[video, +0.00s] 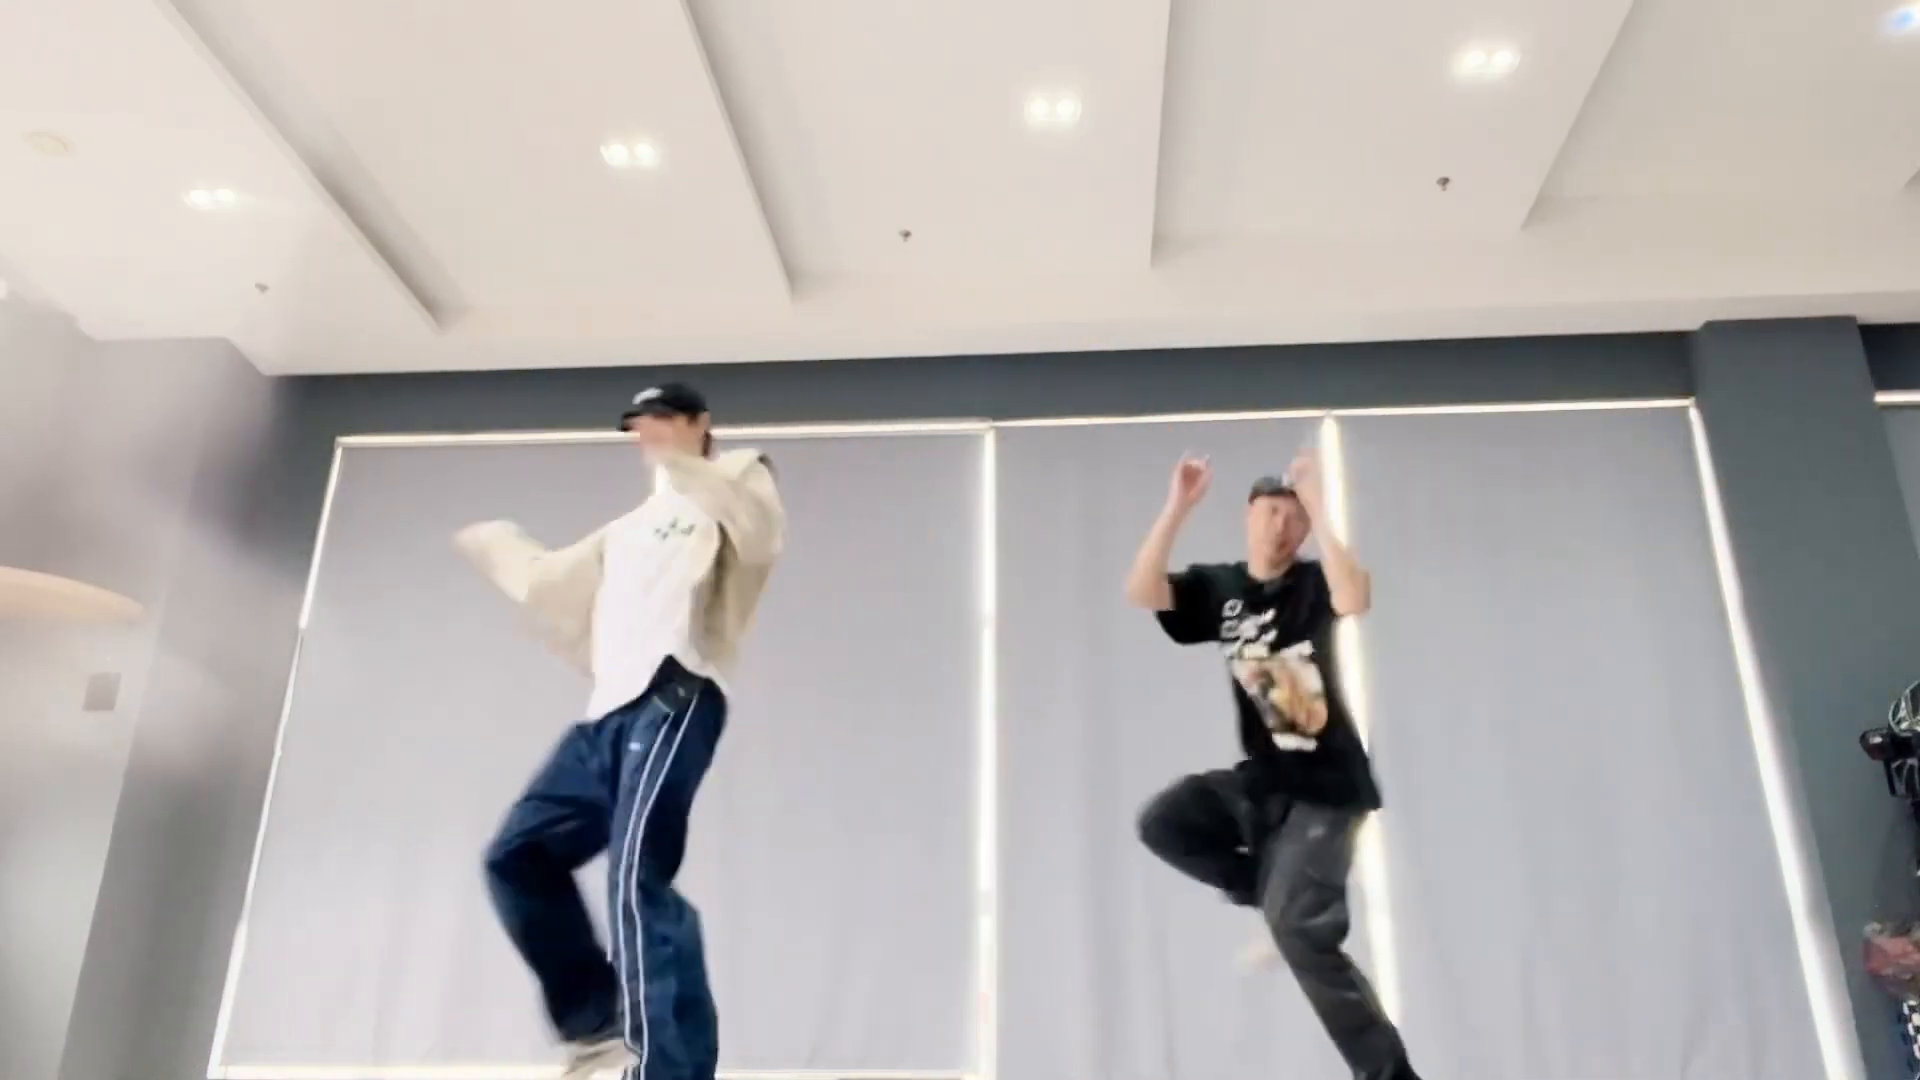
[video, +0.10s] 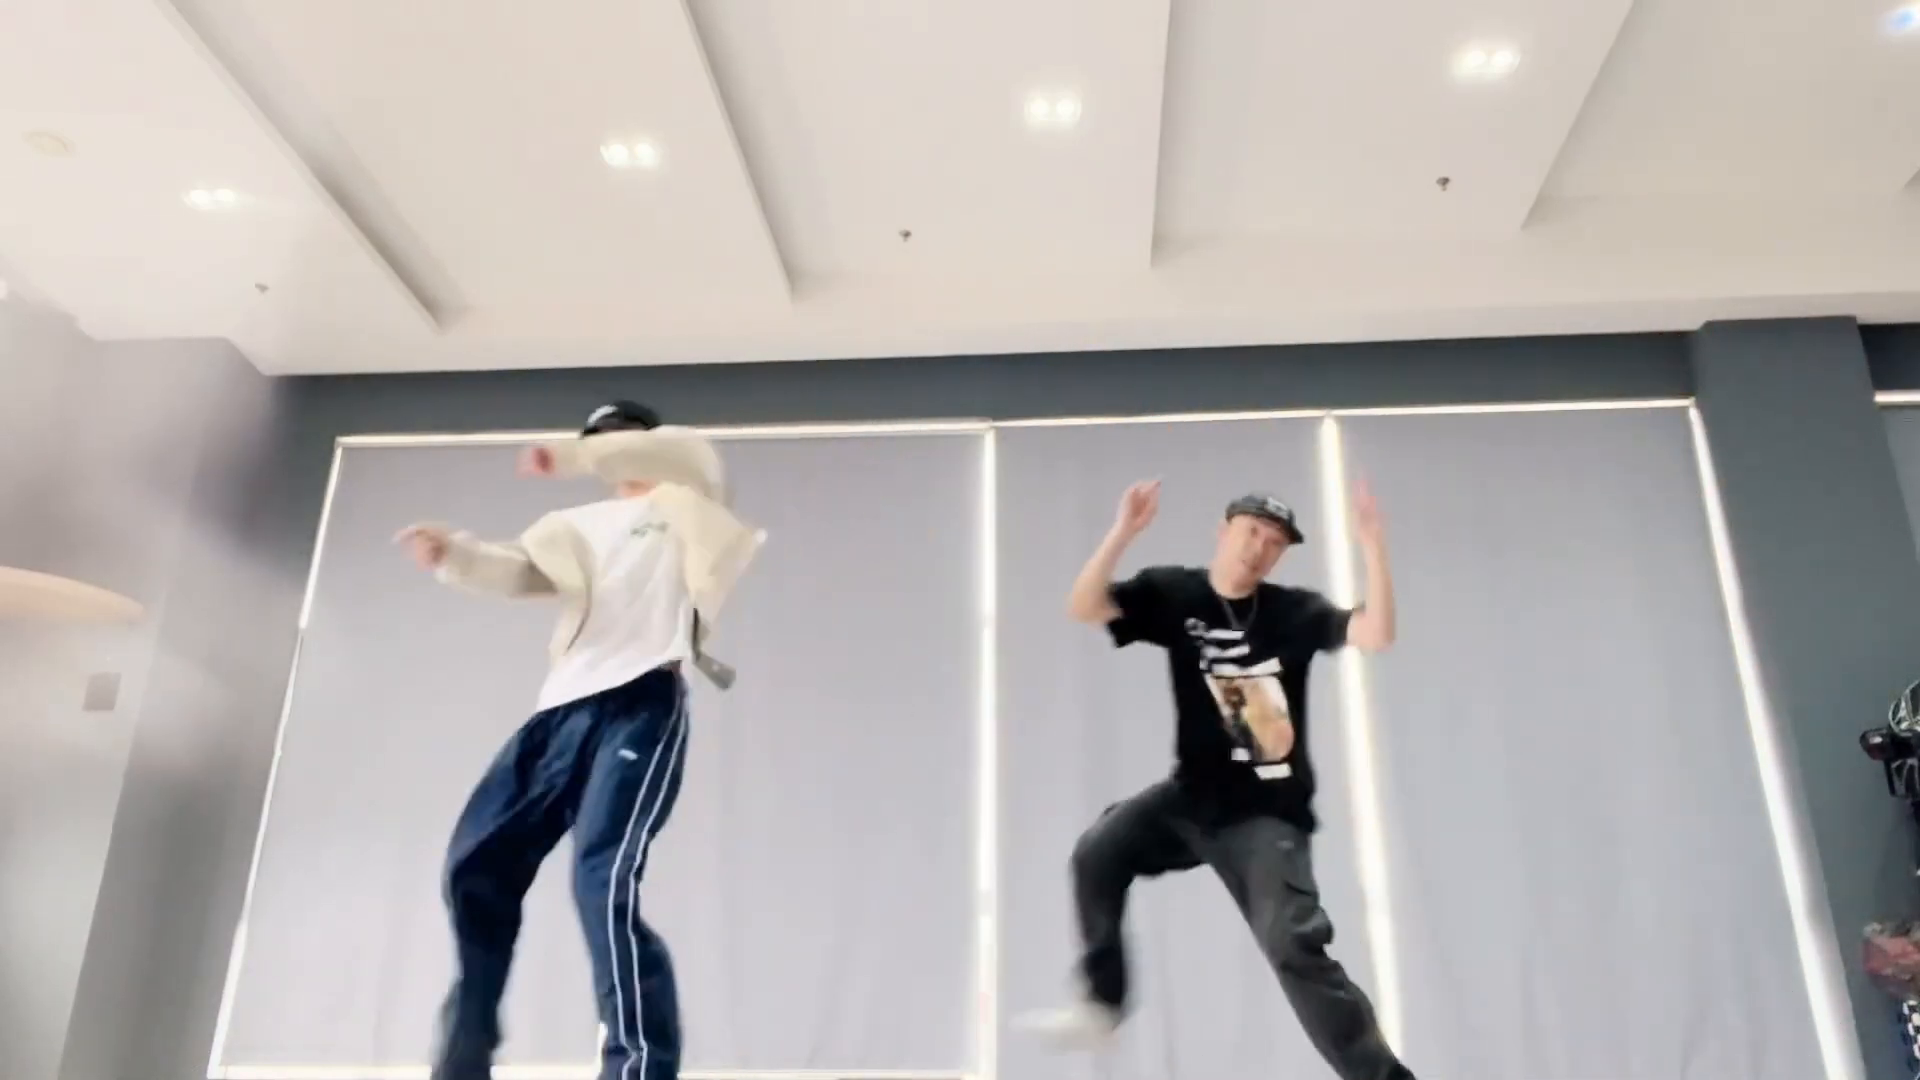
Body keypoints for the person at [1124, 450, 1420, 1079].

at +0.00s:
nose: (1283, 523)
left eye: (1295, 514)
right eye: (1272, 510)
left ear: (1306, 528)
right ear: (1247, 519)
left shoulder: (1319, 580)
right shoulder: (1222, 588)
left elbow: (1353, 600)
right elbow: (1144, 592)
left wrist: (1315, 511)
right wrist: (1176, 508)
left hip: (1327, 792)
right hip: (1260, 784)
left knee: (1295, 921)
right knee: (1164, 822)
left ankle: (1387, 1072)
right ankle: (1284, 900)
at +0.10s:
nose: (1259, 548)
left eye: (1274, 541)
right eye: (1252, 532)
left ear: (1281, 556)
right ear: (1223, 531)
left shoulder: (1294, 612)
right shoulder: (1175, 593)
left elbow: (1376, 634)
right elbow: (1084, 606)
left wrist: (1374, 544)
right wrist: (1121, 532)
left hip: (1265, 812)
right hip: (1192, 799)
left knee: (1292, 945)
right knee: (1097, 854)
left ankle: (1384, 1075)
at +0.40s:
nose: (1174, 593)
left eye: (1187, 587)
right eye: (1168, 576)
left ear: (1191, 599)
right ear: (1135, 567)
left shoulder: (1148, 683)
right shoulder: (1056, 594)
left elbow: (1119, 785)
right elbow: (974, 653)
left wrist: (1144, 872)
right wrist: (904, 712)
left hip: (1063, 811)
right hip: (986, 784)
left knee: (1105, 941)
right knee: (963, 901)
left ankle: (1158, 1068)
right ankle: (979, 1064)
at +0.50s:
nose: (1136, 591)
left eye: (1148, 584)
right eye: (1128, 574)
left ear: (1151, 595)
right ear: (1095, 568)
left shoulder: (1111, 682)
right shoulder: (1024, 594)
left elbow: (1048, 770)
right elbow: (942, 644)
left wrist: (1048, 757)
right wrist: (870, 698)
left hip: (1020, 804)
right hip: (951, 779)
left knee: (1036, 949)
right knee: (946, 916)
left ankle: (1052, 1069)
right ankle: (977, 1064)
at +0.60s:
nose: (1086, 586)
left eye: (1097, 579)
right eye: (1078, 570)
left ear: (1102, 592)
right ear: (1047, 566)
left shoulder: (1077, 669)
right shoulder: (981, 593)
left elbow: (1026, 696)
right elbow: (909, 645)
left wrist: (1092, 616)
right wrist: (856, 702)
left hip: (988, 803)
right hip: (923, 777)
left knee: (981, 944)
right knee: (930, 915)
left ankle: (900, 1056)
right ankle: (973, 1064)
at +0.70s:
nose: (1032, 584)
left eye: (1044, 577)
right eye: (1024, 569)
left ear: (1050, 591)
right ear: (998, 569)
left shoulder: (1036, 655)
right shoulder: (934, 607)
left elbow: (1030, 672)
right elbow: (872, 665)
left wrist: (1063, 615)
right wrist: (835, 737)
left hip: (956, 824)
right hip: (890, 799)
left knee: (895, 948)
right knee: (907, 932)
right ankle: (967, 1067)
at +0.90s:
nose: (946, 585)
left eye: (959, 577)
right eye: (936, 573)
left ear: (971, 592)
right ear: (914, 580)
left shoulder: (984, 683)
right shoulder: (869, 651)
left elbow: (952, 780)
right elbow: (830, 743)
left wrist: (890, 767)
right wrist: (843, 753)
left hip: (925, 831)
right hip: (857, 804)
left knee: (866, 963)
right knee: (843, 880)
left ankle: (769, 1050)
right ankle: (795, 1041)